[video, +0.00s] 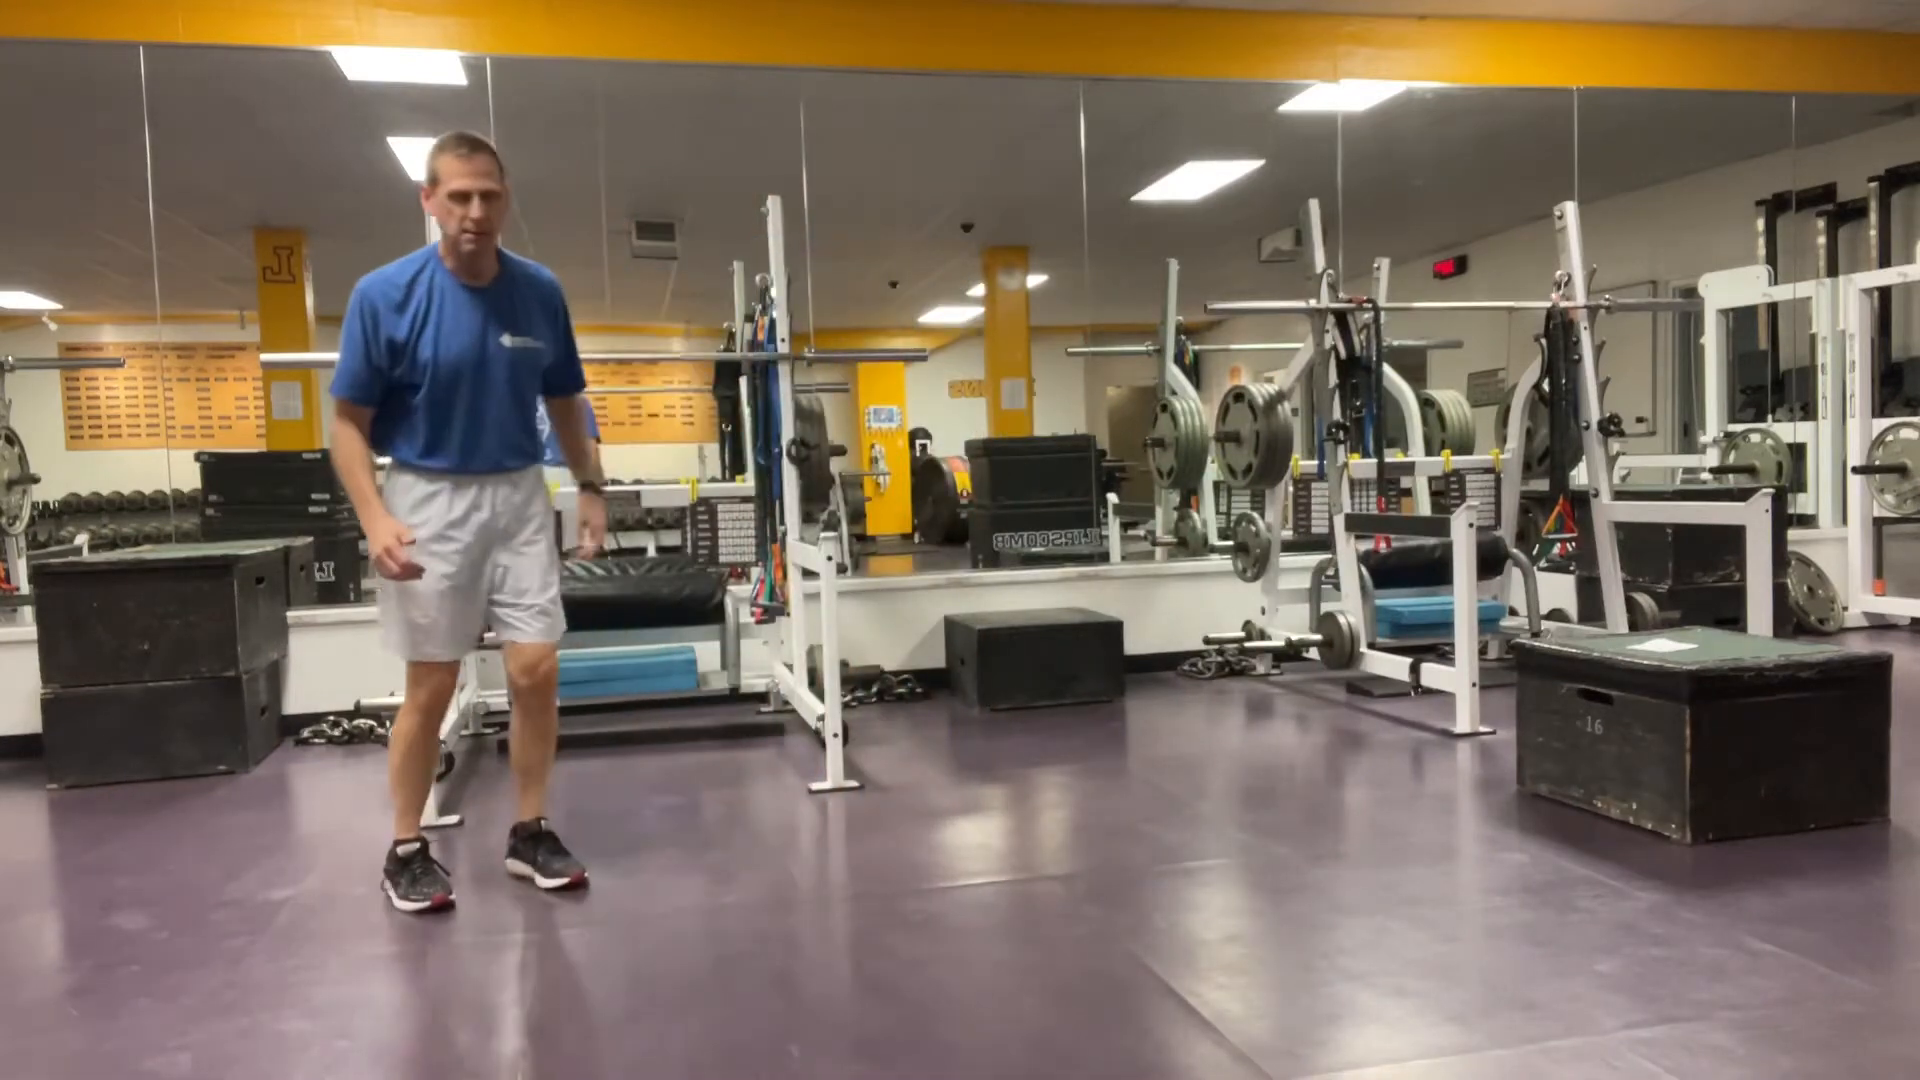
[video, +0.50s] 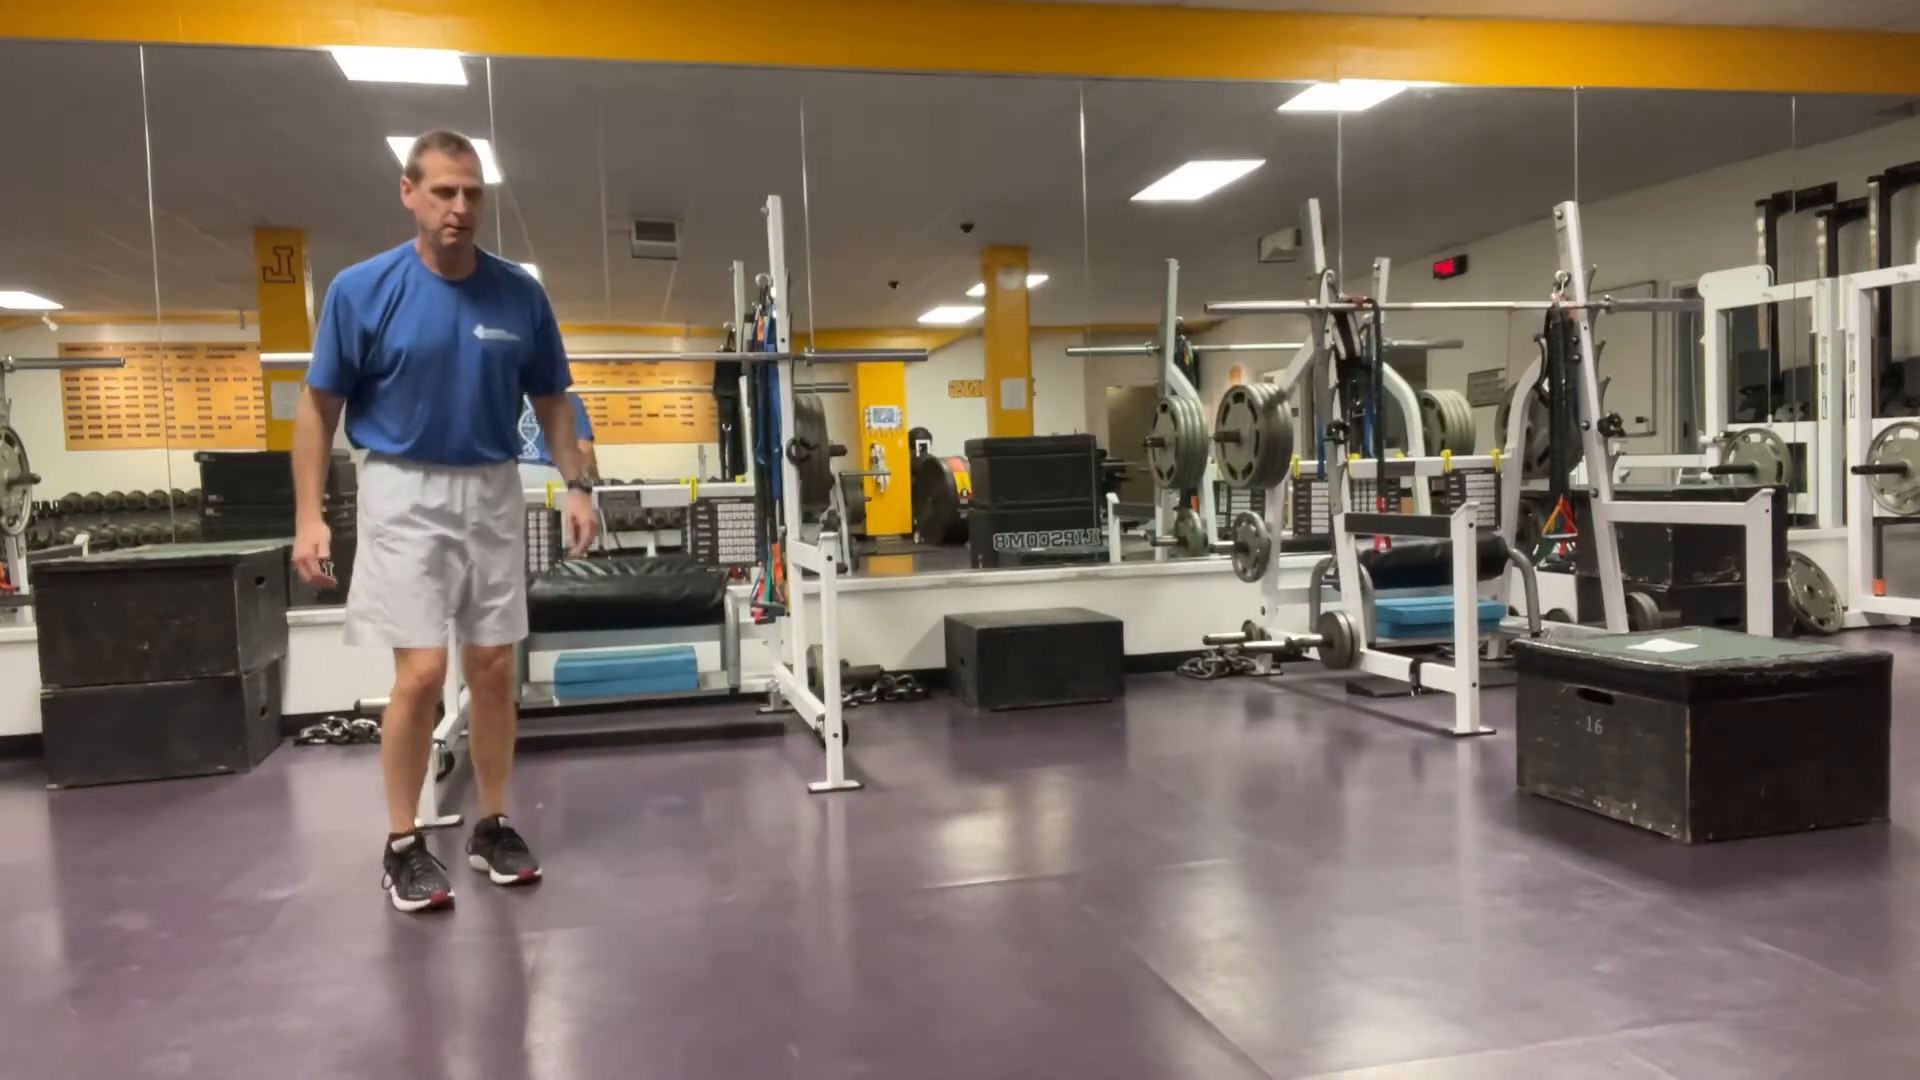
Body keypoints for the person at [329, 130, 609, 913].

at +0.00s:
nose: (474, 213)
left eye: (488, 198)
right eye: (458, 199)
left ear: (506, 204)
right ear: (429, 204)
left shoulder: (538, 294)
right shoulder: (381, 297)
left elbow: (565, 400)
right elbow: (347, 424)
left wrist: (590, 489)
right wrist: (375, 519)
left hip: (519, 499)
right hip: (426, 503)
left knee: (537, 669)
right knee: (431, 688)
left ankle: (532, 832)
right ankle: (408, 846)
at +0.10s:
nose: (461, 208)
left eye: (473, 192)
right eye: (444, 194)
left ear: (490, 199)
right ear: (412, 199)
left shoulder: (522, 292)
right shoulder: (364, 295)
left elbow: (540, 400)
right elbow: (332, 420)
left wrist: (554, 495)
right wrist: (356, 520)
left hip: (506, 495)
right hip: (412, 500)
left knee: (531, 663)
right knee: (419, 686)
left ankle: (530, 821)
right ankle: (405, 846)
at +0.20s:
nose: (453, 204)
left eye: (465, 189)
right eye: (437, 189)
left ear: (480, 196)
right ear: (402, 193)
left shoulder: (512, 289)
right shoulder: (355, 292)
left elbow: (528, 395)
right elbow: (319, 413)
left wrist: (540, 486)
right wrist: (336, 519)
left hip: (499, 492)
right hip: (403, 497)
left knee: (520, 664)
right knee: (411, 683)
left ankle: (517, 817)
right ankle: (404, 846)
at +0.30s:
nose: (451, 205)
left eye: (462, 190)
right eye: (434, 190)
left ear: (478, 196)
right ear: (400, 193)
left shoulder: (510, 291)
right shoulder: (353, 292)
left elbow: (528, 396)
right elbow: (316, 414)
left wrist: (542, 485)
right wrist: (318, 524)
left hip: (494, 493)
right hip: (400, 497)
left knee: (507, 666)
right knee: (410, 681)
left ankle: (499, 818)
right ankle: (405, 846)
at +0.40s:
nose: (455, 207)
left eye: (467, 192)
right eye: (439, 192)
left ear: (481, 198)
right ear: (404, 195)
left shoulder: (514, 293)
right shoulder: (356, 293)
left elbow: (538, 399)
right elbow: (317, 410)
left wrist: (556, 491)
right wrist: (309, 522)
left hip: (494, 496)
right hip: (402, 498)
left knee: (496, 668)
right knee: (416, 680)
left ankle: (494, 826)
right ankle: (406, 846)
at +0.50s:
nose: (460, 207)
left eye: (471, 193)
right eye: (444, 193)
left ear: (483, 199)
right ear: (409, 195)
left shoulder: (519, 295)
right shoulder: (358, 292)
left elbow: (553, 398)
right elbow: (317, 407)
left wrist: (579, 483)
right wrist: (309, 518)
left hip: (492, 494)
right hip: (402, 494)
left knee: (493, 667)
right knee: (422, 674)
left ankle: (496, 825)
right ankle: (404, 842)